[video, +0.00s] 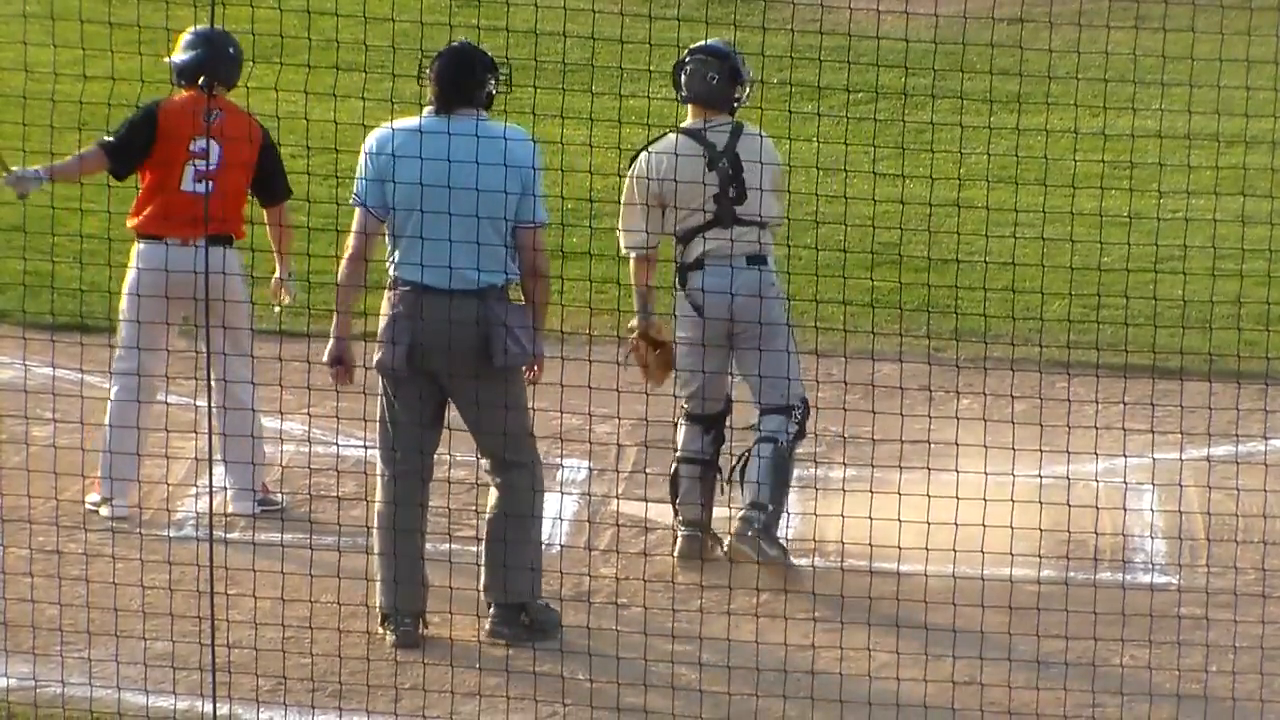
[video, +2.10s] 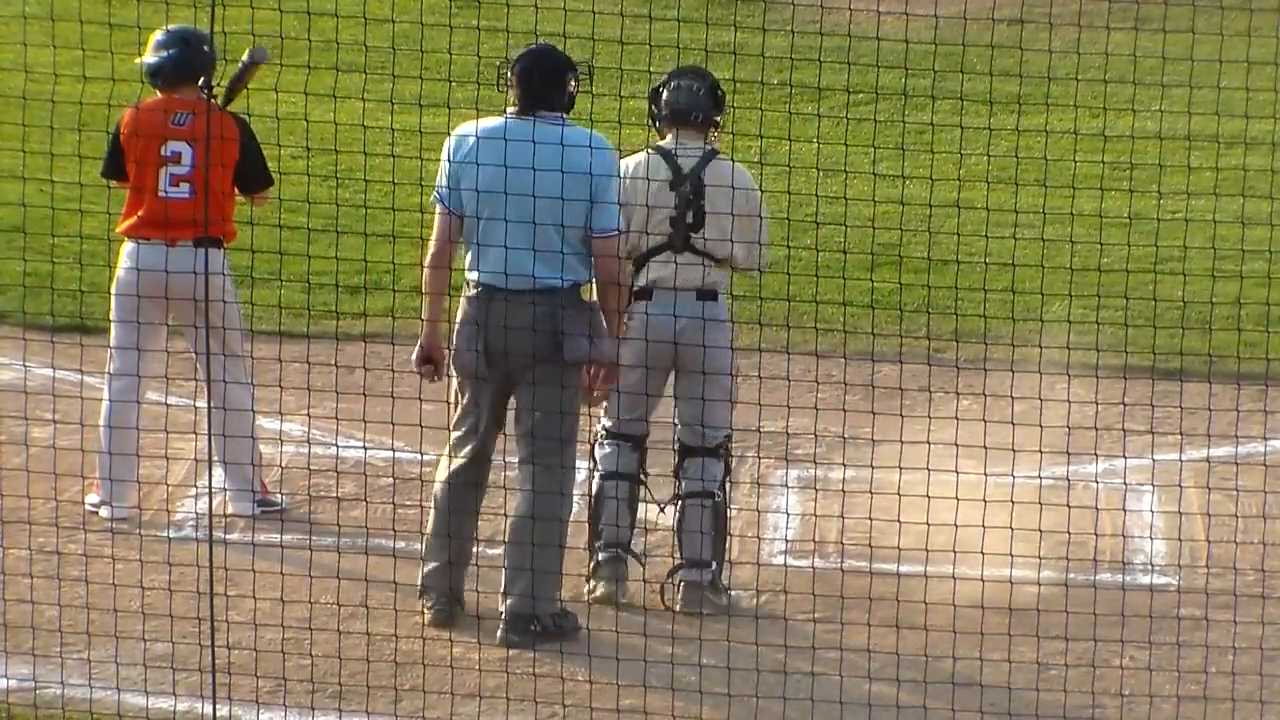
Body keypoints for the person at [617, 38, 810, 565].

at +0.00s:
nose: (739, 94)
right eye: (737, 87)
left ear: (683, 90)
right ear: (735, 92)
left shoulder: (654, 158)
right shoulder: (762, 147)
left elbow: (640, 249)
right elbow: (769, 221)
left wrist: (643, 318)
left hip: (696, 291)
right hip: (758, 286)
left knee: (701, 410)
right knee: (780, 409)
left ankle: (691, 526)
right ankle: (757, 523)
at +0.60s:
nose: (775, 108)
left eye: (770, 99)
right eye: (775, 101)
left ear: (721, 100)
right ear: (773, 106)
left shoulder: (684, 156)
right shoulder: (787, 169)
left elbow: (654, 244)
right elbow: (816, 250)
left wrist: (648, 315)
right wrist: (820, 194)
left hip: (695, 304)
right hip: (755, 309)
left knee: (694, 419)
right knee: (740, 434)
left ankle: (683, 537)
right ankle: (714, 556)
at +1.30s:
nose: (743, 122)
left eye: (738, 114)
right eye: (743, 114)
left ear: (686, 109)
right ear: (738, 117)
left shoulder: (639, 163)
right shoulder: (746, 173)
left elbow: (623, 250)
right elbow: (755, 241)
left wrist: (608, 325)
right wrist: (743, 163)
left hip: (650, 311)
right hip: (711, 314)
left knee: (641, 434)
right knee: (713, 439)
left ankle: (626, 562)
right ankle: (712, 562)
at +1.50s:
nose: (718, 125)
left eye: (714, 118)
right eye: (717, 117)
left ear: (656, 112)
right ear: (710, 120)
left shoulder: (615, 165)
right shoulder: (722, 172)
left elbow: (593, 249)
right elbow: (737, 233)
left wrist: (591, 330)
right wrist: (716, 167)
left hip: (629, 315)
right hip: (692, 318)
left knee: (632, 441)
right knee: (708, 440)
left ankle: (627, 567)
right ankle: (716, 563)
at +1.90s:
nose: (709, 121)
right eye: (708, 114)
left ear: (650, 113)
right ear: (704, 117)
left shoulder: (619, 167)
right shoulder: (722, 171)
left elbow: (606, 246)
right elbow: (740, 234)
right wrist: (712, 161)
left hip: (634, 317)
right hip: (695, 319)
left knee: (633, 444)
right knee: (697, 445)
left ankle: (627, 569)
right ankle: (695, 574)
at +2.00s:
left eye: (657, 106)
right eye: (707, 110)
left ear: (655, 110)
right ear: (711, 114)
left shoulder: (626, 167)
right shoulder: (732, 176)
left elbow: (611, 249)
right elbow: (743, 254)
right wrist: (688, 237)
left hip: (639, 319)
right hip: (702, 322)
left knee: (630, 442)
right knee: (700, 446)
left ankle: (623, 571)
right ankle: (697, 576)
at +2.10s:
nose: (656, 118)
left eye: (658, 110)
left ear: (659, 113)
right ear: (714, 118)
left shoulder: (631, 171)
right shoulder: (737, 178)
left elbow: (613, 251)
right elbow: (751, 259)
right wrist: (700, 240)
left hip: (643, 318)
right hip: (707, 320)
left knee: (623, 436)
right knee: (704, 446)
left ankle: (610, 560)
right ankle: (698, 575)